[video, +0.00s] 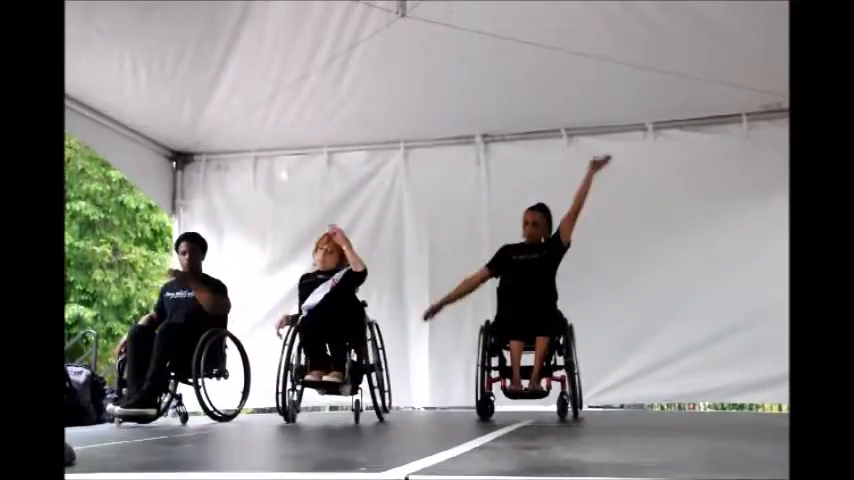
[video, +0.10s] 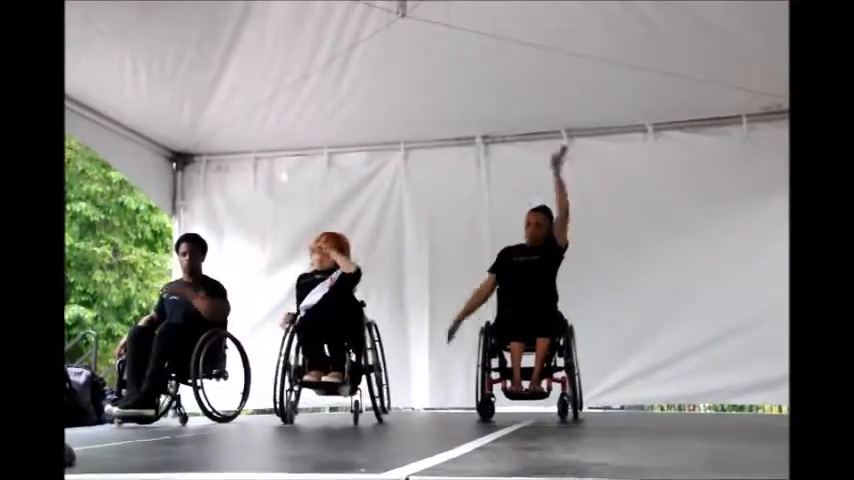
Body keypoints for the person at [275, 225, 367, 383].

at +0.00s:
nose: (324, 254)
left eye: (330, 251)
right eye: (321, 249)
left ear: (340, 257)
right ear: (314, 256)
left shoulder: (346, 276)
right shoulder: (307, 280)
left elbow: (360, 271)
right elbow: (304, 313)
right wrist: (289, 319)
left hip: (343, 318)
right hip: (318, 320)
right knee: (307, 322)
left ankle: (337, 370)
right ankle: (317, 368)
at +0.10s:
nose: (315, 256)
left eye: (321, 252)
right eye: (314, 252)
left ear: (334, 257)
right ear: (312, 254)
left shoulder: (345, 276)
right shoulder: (304, 280)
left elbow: (351, 270)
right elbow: (303, 309)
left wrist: (332, 252)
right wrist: (292, 318)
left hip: (340, 315)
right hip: (315, 318)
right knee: (306, 324)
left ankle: (336, 370)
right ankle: (315, 368)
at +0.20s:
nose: (317, 252)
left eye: (325, 250)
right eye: (315, 247)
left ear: (337, 256)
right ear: (310, 250)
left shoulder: (342, 277)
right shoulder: (301, 279)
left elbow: (349, 274)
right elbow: (299, 305)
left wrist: (327, 262)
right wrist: (291, 316)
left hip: (339, 315)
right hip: (313, 317)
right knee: (305, 324)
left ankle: (335, 370)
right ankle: (313, 369)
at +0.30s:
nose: (314, 251)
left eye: (322, 248)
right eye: (312, 245)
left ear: (334, 254)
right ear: (306, 249)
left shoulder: (341, 272)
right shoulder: (298, 278)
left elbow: (358, 283)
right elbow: (293, 304)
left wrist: (329, 267)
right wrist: (287, 317)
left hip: (339, 317)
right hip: (311, 319)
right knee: (302, 319)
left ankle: (331, 371)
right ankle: (310, 369)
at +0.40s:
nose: (313, 250)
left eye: (320, 247)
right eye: (310, 244)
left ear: (333, 254)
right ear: (304, 248)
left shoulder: (341, 273)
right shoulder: (296, 277)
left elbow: (364, 284)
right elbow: (289, 307)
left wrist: (337, 263)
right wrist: (283, 317)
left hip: (337, 317)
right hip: (307, 319)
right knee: (298, 321)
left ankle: (328, 371)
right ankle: (308, 369)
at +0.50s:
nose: (310, 248)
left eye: (318, 245)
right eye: (308, 242)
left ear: (331, 253)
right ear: (303, 246)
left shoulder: (340, 271)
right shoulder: (293, 274)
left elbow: (370, 286)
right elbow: (284, 306)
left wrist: (359, 258)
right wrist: (275, 324)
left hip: (334, 318)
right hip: (305, 319)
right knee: (294, 320)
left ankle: (323, 373)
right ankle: (303, 370)